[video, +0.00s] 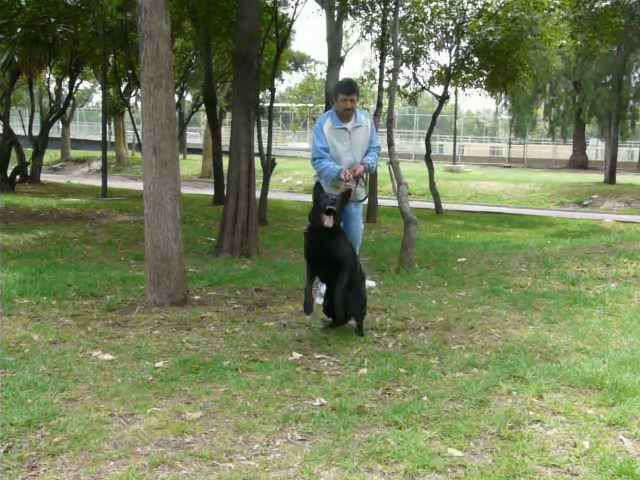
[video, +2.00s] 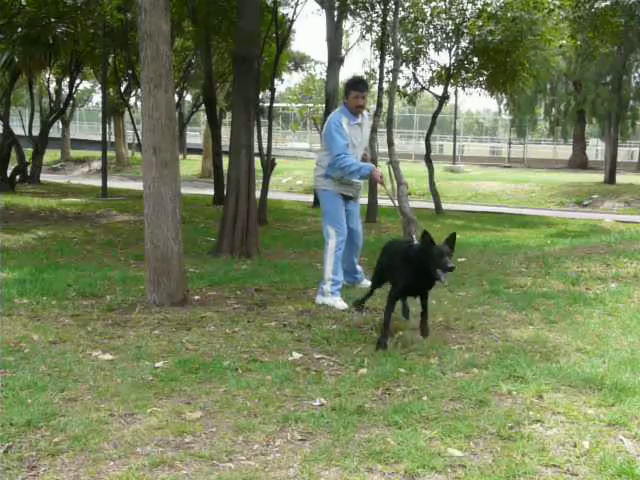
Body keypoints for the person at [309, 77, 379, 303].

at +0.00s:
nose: (349, 106)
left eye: (353, 101)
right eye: (344, 101)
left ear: (358, 101)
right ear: (335, 100)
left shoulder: (365, 120)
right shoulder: (323, 124)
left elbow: (374, 151)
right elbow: (319, 159)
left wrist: (364, 165)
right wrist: (339, 172)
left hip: (356, 192)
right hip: (329, 192)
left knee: (355, 239)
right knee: (327, 239)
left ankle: (351, 280)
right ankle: (322, 281)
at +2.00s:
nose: (361, 102)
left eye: (364, 97)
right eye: (357, 97)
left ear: (367, 98)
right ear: (346, 97)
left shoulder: (364, 120)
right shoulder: (336, 122)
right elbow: (340, 160)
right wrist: (369, 170)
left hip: (351, 183)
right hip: (330, 183)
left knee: (355, 232)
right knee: (337, 233)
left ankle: (352, 274)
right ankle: (329, 291)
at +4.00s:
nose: (355, 106)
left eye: (358, 102)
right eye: (350, 102)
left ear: (360, 102)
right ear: (339, 101)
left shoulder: (353, 124)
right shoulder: (329, 127)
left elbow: (349, 152)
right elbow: (330, 169)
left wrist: (356, 159)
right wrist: (356, 178)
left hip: (344, 188)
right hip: (326, 188)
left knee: (351, 234)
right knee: (335, 235)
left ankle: (350, 275)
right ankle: (326, 291)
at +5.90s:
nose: (364, 115)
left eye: (367, 111)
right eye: (359, 110)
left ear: (370, 110)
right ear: (348, 109)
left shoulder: (360, 130)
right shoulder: (335, 133)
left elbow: (353, 158)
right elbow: (339, 171)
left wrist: (362, 164)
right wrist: (368, 178)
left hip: (342, 188)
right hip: (323, 187)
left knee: (349, 233)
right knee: (335, 232)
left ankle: (351, 275)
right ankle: (327, 292)